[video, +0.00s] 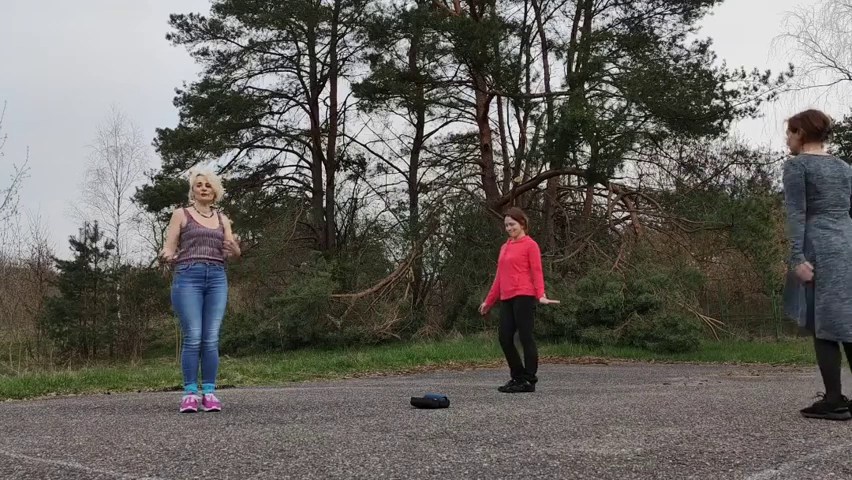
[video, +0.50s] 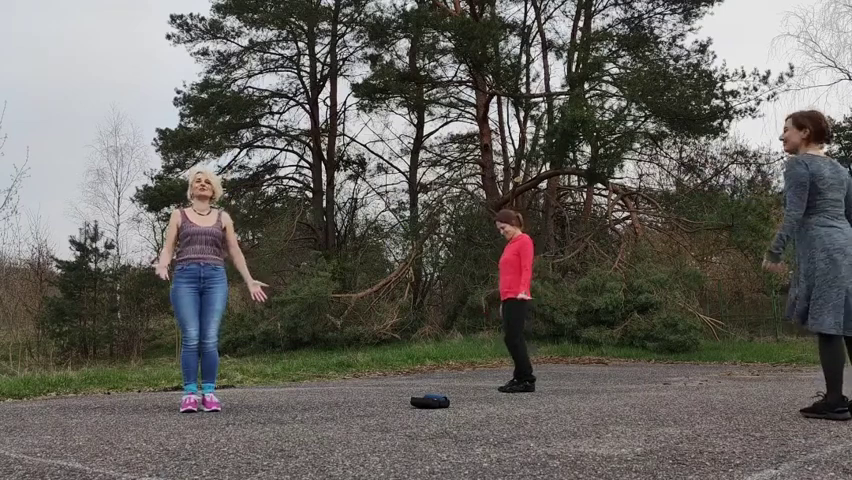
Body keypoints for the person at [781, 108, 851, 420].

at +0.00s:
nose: (786, 139)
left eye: (789, 134)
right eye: (787, 133)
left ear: (801, 134)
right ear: (821, 134)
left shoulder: (797, 164)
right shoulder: (844, 166)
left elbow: (796, 213)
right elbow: (847, 210)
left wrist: (797, 255)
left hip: (822, 252)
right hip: (848, 251)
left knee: (823, 325)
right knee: (846, 325)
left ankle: (833, 398)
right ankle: (841, 397)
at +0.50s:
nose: (782, 136)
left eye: (787, 130)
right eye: (783, 130)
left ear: (806, 133)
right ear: (812, 134)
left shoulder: (798, 164)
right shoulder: (841, 169)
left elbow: (794, 213)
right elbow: (847, 213)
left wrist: (775, 251)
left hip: (822, 249)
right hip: (845, 247)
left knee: (827, 324)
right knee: (837, 324)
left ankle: (834, 398)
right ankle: (836, 397)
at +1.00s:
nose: (793, 135)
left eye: (801, 129)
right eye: (789, 130)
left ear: (818, 134)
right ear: (786, 136)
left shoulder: (818, 165)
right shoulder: (804, 167)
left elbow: (831, 207)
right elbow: (810, 213)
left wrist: (840, 243)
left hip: (819, 252)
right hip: (812, 251)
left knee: (823, 324)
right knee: (835, 325)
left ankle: (834, 398)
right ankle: (836, 396)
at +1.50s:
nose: (774, 132)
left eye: (781, 127)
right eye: (776, 127)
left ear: (798, 133)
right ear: (801, 134)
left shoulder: (796, 164)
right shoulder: (824, 166)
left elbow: (805, 197)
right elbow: (830, 207)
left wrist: (815, 227)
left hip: (810, 251)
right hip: (834, 248)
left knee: (822, 324)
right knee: (841, 324)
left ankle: (833, 399)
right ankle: (841, 397)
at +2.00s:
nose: (775, 148)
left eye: (777, 144)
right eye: (776, 143)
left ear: (785, 147)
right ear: (808, 147)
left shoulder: (777, 182)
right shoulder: (834, 179)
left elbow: (769, 235)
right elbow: (847, 225)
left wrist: (759, 266)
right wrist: (844, 249)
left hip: (801, 260)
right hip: (837, 257)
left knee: (804, 330)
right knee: (824, 326)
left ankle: (833, 401)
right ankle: (840, 383)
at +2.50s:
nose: (762, 156)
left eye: (763, 152)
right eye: (762, 151)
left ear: (770, 154)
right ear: (792, 154)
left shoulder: (762, 186)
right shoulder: (811, 185)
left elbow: (759, 233)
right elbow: (826, 231)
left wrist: (756, 272)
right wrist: (836, 266)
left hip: (782, 262)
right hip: (817, 260)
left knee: (770, 324)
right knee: (815, 326)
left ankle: (795, 377)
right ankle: (822, 396)